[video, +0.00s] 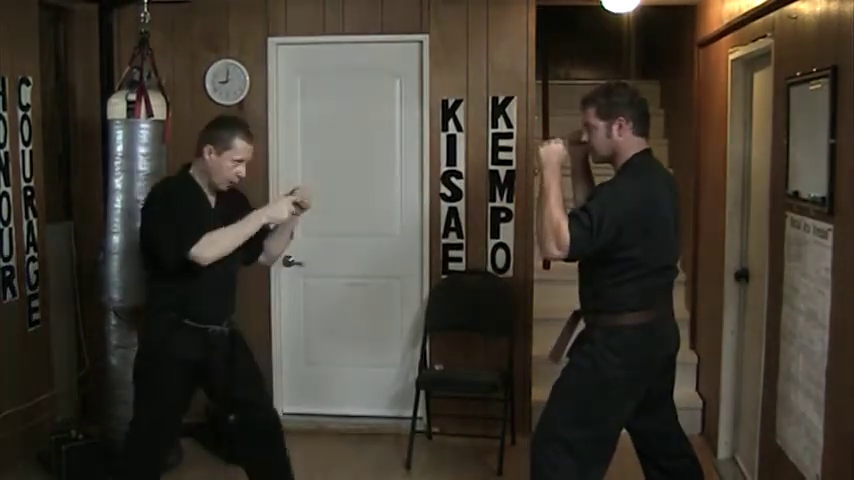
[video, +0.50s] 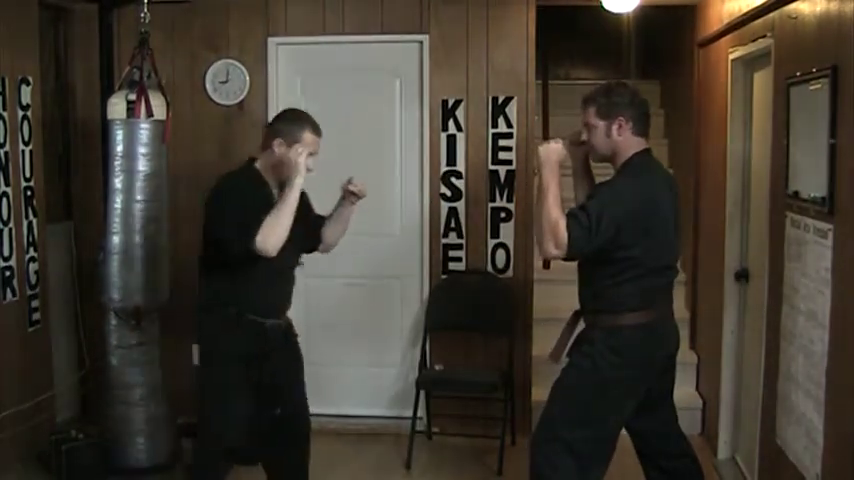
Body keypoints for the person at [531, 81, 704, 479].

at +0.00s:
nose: (586, 138)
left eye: (590, 128)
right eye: (585, 129)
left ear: (619, 127)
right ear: (626, 127)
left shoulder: (628, 187)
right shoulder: (659, 179)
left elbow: (560, 244)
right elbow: (594, 223)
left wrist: (551, 172)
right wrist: (580, 165)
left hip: (617, 343)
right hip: (655, 336)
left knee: (556, 451)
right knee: (665, 448)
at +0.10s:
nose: (586, 138)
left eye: (590, 128)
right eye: (585, 129)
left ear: (620, 127)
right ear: (626, 127)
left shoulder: (628, 187)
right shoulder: (659, 179)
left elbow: (559, 243)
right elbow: (596, 224)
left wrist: (550, 172)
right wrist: (581, 165)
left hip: (617, 343)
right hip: (655, 336)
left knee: (557, 451)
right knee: (664, 448)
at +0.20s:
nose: (586, 137)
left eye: (590, 128)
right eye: (585, 129)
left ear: (619, 126)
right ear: (626, 127)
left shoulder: (627, 187)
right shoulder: (659, 179)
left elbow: (558, 242)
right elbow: (595, 223)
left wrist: (550, 172)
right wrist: (581, 165)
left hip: (617, 343)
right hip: (655, 336)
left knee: (556, 451)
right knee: (665, 448)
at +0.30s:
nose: (586, 137)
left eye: (590, 128)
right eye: (585, 128)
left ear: (620, 126)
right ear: (626, 126)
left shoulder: (627, 188)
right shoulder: (659, 180)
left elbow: (559, 242)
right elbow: (596, 224)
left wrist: (549, 170)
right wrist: (581, 165)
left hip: (617, 343)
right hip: (655, 336)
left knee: (556, 451)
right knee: (665, 449)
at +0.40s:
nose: (586, 137)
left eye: (590, 128)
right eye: (585, 128)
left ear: (620, 126)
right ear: (626, 127)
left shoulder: (627, 187)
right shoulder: (659, 180)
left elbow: (558, 243)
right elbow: (596, 223)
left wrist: (549, 170)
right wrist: (581, 164)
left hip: (617, 343)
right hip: (655, 336)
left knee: (556, 451)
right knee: (665, 449)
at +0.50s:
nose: (585, 137)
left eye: (590, 127)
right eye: (584, 128)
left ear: (620, 126)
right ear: (625, 127)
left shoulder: (627, 187)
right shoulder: (659, 180)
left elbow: (558, 243)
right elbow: (596, 224)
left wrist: (549, 170)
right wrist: (581, 164)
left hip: (617, 343)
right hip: (654, 336)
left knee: (556, 452)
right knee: (664, 449)